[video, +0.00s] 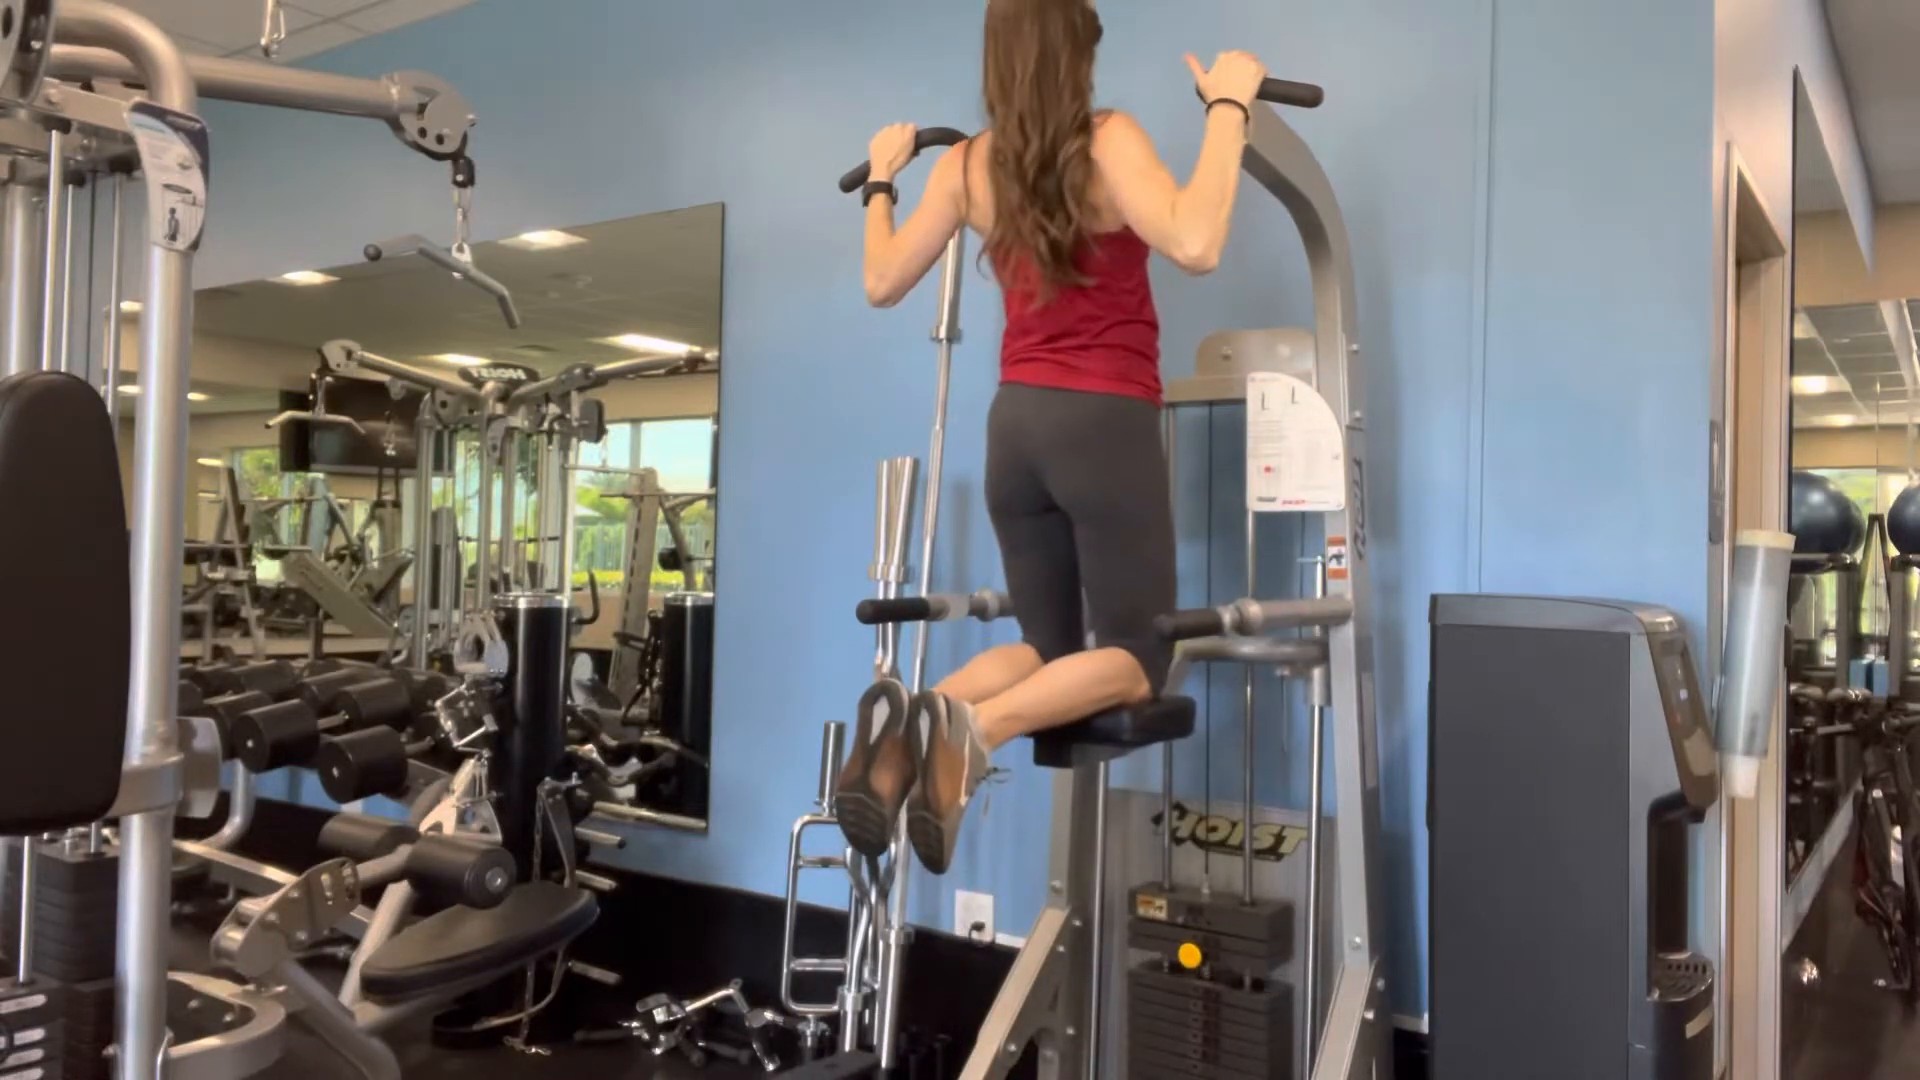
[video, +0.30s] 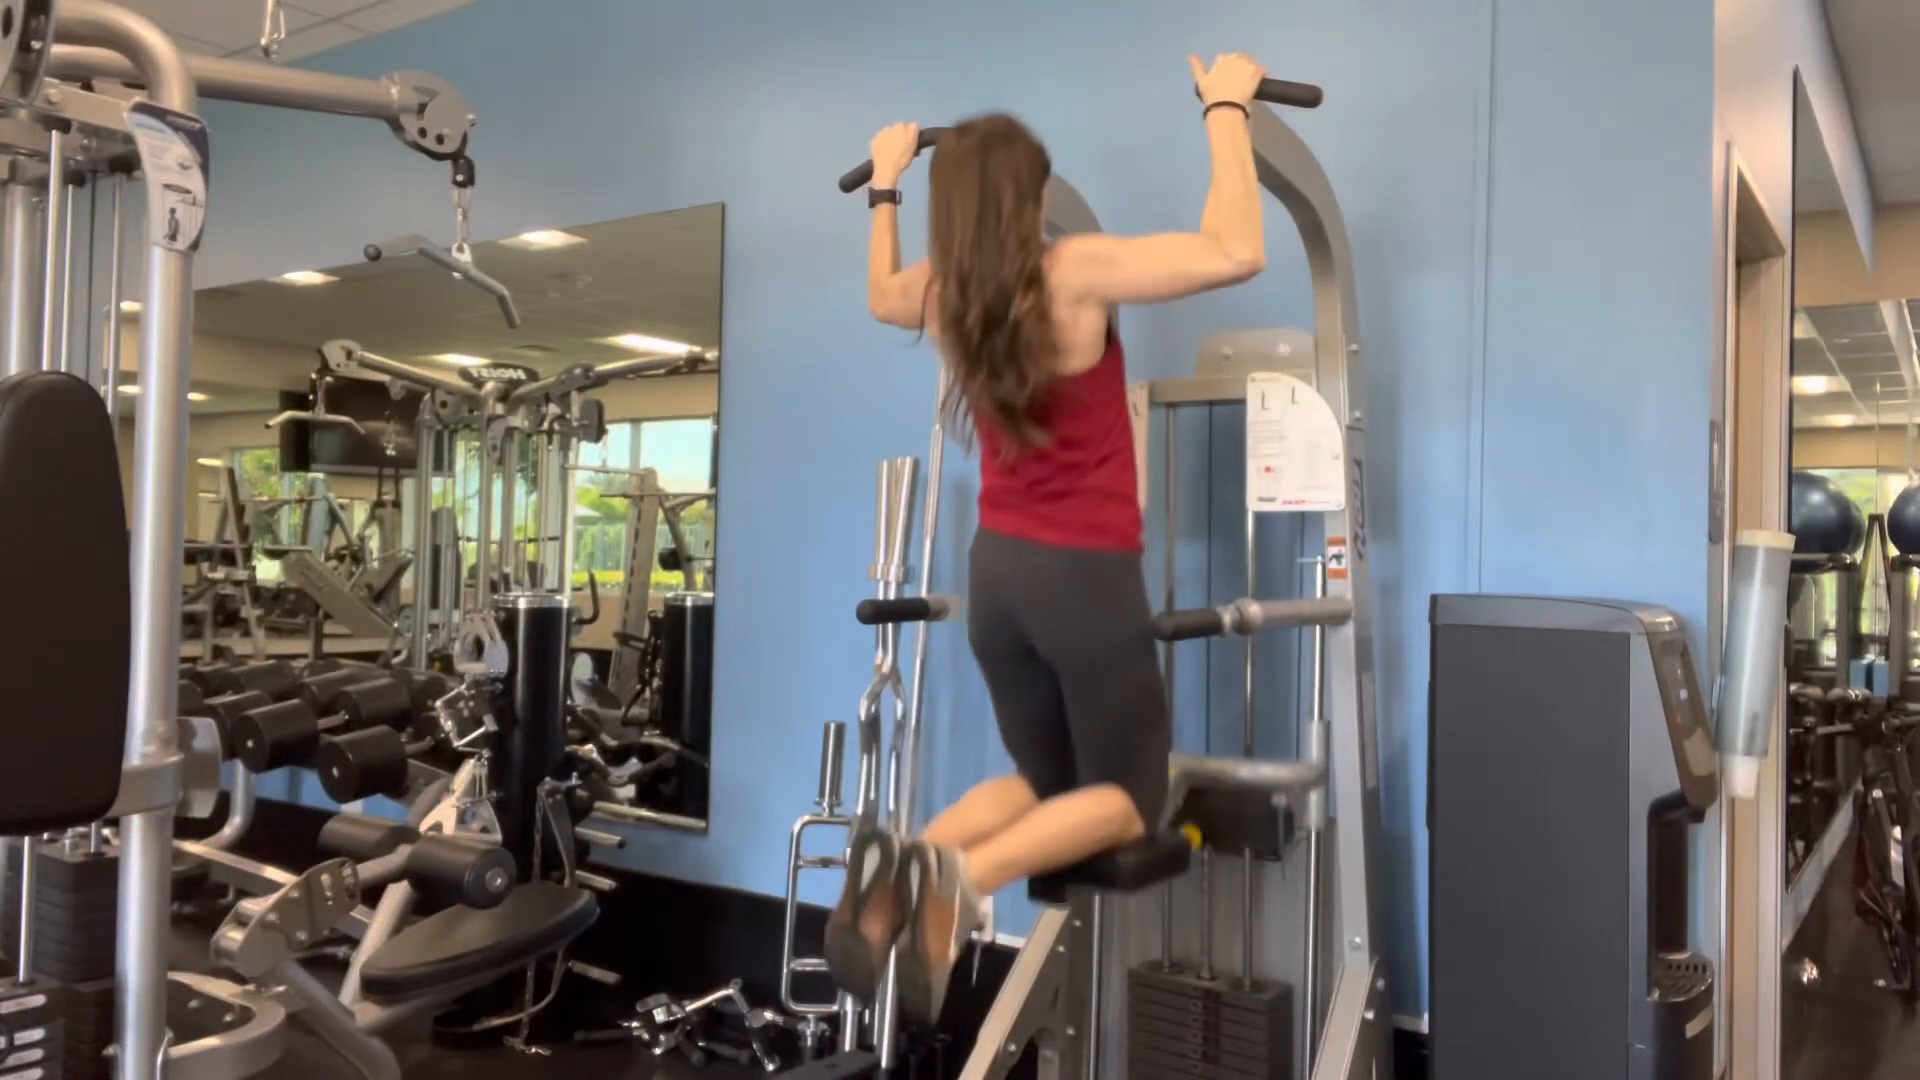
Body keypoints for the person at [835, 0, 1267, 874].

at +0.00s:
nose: (1090, 56)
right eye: (1085, 42)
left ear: (999, 57)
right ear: (1080, 52)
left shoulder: (970, 161)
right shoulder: (1108, 139)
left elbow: (882, 281)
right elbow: (1195, 243)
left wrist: (878, 178)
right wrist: (1228, 109)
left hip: (1015, 424)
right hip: (1104, 424)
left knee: (1049, 649)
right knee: (1136, 663)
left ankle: (918, 716)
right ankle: (978, 727)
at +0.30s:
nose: (1050, 186)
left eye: (1032, 174)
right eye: (1041, 174)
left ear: (953, 200)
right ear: (1032, 192)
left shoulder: (946, 287)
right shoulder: (1073, 268)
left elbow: (882, 294)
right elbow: (1233, 251)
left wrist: (883, 187)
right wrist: (1227, 110)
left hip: (997, 571)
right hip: (1085, 575)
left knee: (1041, 780)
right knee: (1131, 801)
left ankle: (908, 866)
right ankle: (964, 878)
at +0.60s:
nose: (1044, 320)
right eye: (1035, 311)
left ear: (953, 336)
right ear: (1031, 325)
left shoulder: (957, 406)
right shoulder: (1077, 387)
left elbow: (912, 298)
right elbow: (1192, 268)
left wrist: (887, 185)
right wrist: (1222, 113)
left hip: (991, 703)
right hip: (1078, 715)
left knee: (1032, 915)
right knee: (1120, 938)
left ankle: (899, 1020)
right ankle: (966, 1037)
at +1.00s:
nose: (1050, 329)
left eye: (999, 329)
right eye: (1041, 324)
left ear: (965, 362)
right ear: (1039, 345)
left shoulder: (968, 423)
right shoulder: (1090, 404)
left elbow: (921, 302)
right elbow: (1191, 273)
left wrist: (890, 186)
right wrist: (1222, 116)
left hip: (992, 713)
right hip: (1082, 729)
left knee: (1022, 929)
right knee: (1115, 949)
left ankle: (903, 1044)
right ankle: (967, 1065)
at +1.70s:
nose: (1076, 103)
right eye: (1072, 90)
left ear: (978, 105)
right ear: (1062, 98)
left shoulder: (966, 199)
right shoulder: (1101, 178)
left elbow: (883, 294)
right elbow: (1229, 252)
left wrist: (880, 184)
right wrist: (1230, 111)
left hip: (1019, 464)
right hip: (1109, 466)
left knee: (1037, 690)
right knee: (1131, 705)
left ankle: (914, 779)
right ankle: (976, 785)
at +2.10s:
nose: (1087, 41)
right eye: (1082, 29)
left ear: (995, 48)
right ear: (1077, 41)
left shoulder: (974, 152)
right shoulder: (1112, 127)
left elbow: (893, 279)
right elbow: (1175, 243)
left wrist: (880, 180)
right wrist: (1228, 113)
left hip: (1020, 411)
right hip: (1110, 411)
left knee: (1039, 634)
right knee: (1133, 649)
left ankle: (914, 715)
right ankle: (980, 717)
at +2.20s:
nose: (1087, 40)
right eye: (1083, 28)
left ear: (996, 46)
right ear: (1078, 40)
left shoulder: (973, 153)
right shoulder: (1112, 128)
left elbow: (892, 278)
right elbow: (1176, 244)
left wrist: (879, 180)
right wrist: (1229, 113)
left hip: (1019, 411)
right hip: (1110, 412)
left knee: (1038, 635)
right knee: (1133, 650)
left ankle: (914, 717)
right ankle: (980, 719)